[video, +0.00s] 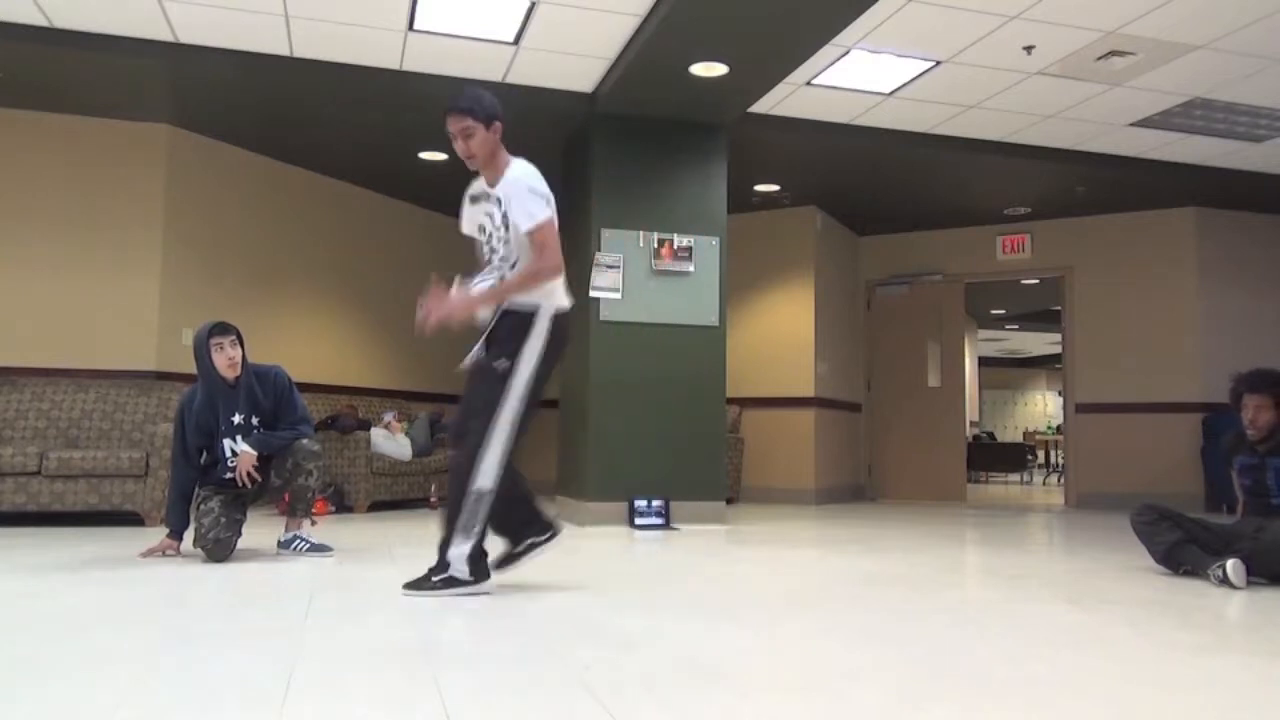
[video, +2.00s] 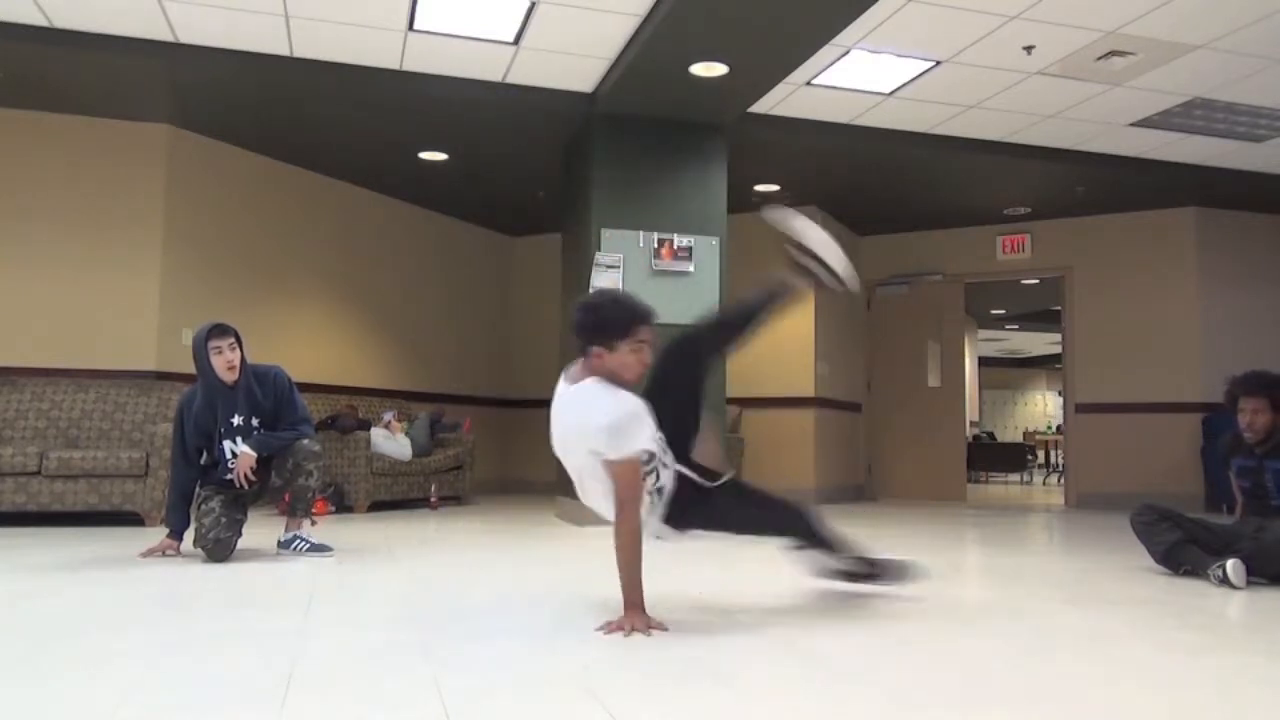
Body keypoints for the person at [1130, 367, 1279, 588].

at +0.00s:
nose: (1250, 417)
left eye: (1261, 409)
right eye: (1246, 408)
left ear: (1277, 412)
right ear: (1238, 411)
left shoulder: (1275, 451)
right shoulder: (1237, 450)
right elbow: (1243, 501)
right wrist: (1237, 532)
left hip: (1271, 536)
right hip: (1240, 534)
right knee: (1144, 514)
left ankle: (1198, 562)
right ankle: (1210, 566)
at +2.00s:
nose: (1248, 421)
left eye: (1258, 413)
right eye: (1243, 412)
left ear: (1276, 415)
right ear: (1235, 414)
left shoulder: (1275, 452)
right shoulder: (1233, 449)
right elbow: (1242, 501)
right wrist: (1236, 532)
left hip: (1270, 536)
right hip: (1239, 533)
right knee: (1144, 514)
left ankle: (1197, 562)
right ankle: (1210, 566)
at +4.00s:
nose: (1249, 422)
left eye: (1259, 413)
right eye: (1243, 413)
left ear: (1276, 416)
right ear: (1235, 415)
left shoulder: (1276, 451)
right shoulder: (1234, 450)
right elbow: (1241, 500)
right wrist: (1236, 530)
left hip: (1271, 536)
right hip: (1239, 533)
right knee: (1144, 515)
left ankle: (1197, 562)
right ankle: (1210, 566)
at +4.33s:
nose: (1248, 422)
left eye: (1259, 413)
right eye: (1242, 413)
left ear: (1276, 415)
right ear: (1235, 415)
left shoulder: (1275, 452)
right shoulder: (1234, 450)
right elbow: (1242, 501)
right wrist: (1236, 530)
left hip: (1270, 536)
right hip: (1238, 533)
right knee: (1144, 515)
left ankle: (1198, 562)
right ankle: (1210, 566)